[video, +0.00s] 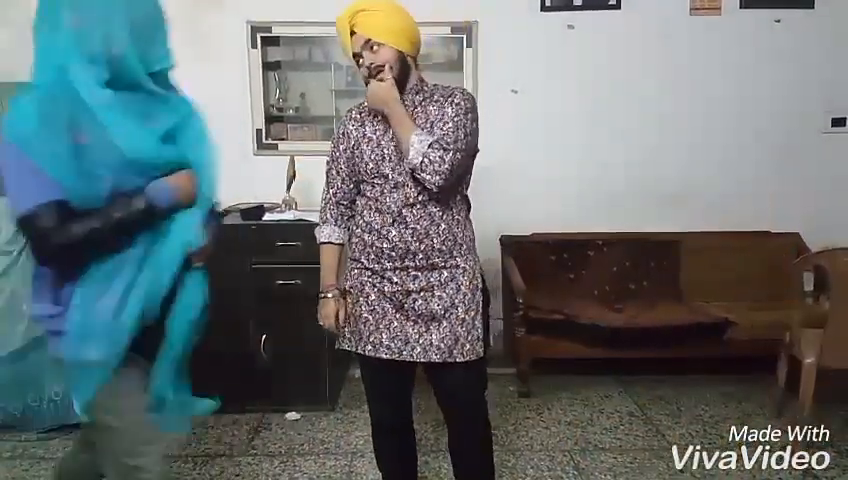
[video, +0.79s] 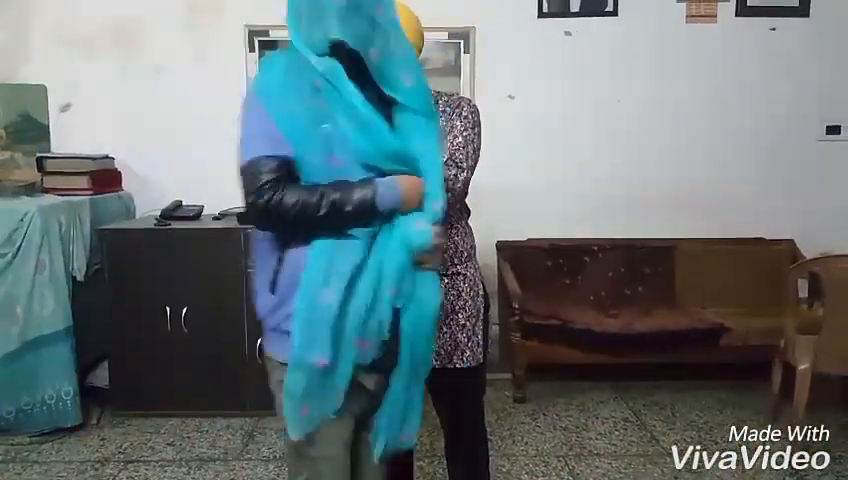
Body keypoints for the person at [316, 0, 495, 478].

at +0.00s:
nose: (367, 62)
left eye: (374, 48)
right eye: (359, 55)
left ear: (405, 44)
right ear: (355, 61)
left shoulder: (454, 104)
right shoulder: (354, 122)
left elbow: (441, 175)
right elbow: (335, 209)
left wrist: (394, 110)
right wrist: (329, 288)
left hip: (447, 286)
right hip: (374, 290)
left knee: (466, 419)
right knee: (389, 422)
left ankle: (475, 476)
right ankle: (399, 476)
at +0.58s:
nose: (375, 69)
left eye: (385, 56)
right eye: (365, 61)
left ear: (411, 54)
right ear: (355, 64)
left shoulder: (456, 110)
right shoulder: (350, 119)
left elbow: (449, 189)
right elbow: (338, 199)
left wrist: (405, 117)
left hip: (446, 295)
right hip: (376, 296)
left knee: (464, 429)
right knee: (384, 429)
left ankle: (471, 473)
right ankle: (395, 475)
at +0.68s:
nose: (382, 71)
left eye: (391, 61)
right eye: (373, 60)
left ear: (409, 62)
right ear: (359, 61)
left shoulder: (455, 111)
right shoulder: (347, 115)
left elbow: (447, 184)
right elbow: (334, 189)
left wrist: (402, 103)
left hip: (444, 287)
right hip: (373, 289)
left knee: (464, 425)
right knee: (382, 426)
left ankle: (470, 475)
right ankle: (395, 474)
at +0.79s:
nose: (388, 59)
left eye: (398, 47)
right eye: (383, 47)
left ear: (415, 52)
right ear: (374, 49)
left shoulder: (457, 111)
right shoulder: (359, 112)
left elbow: (449, 185)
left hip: (449, 284)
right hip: (378, 284)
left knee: (463, 428)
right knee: (388, 432)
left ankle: (470, 473)